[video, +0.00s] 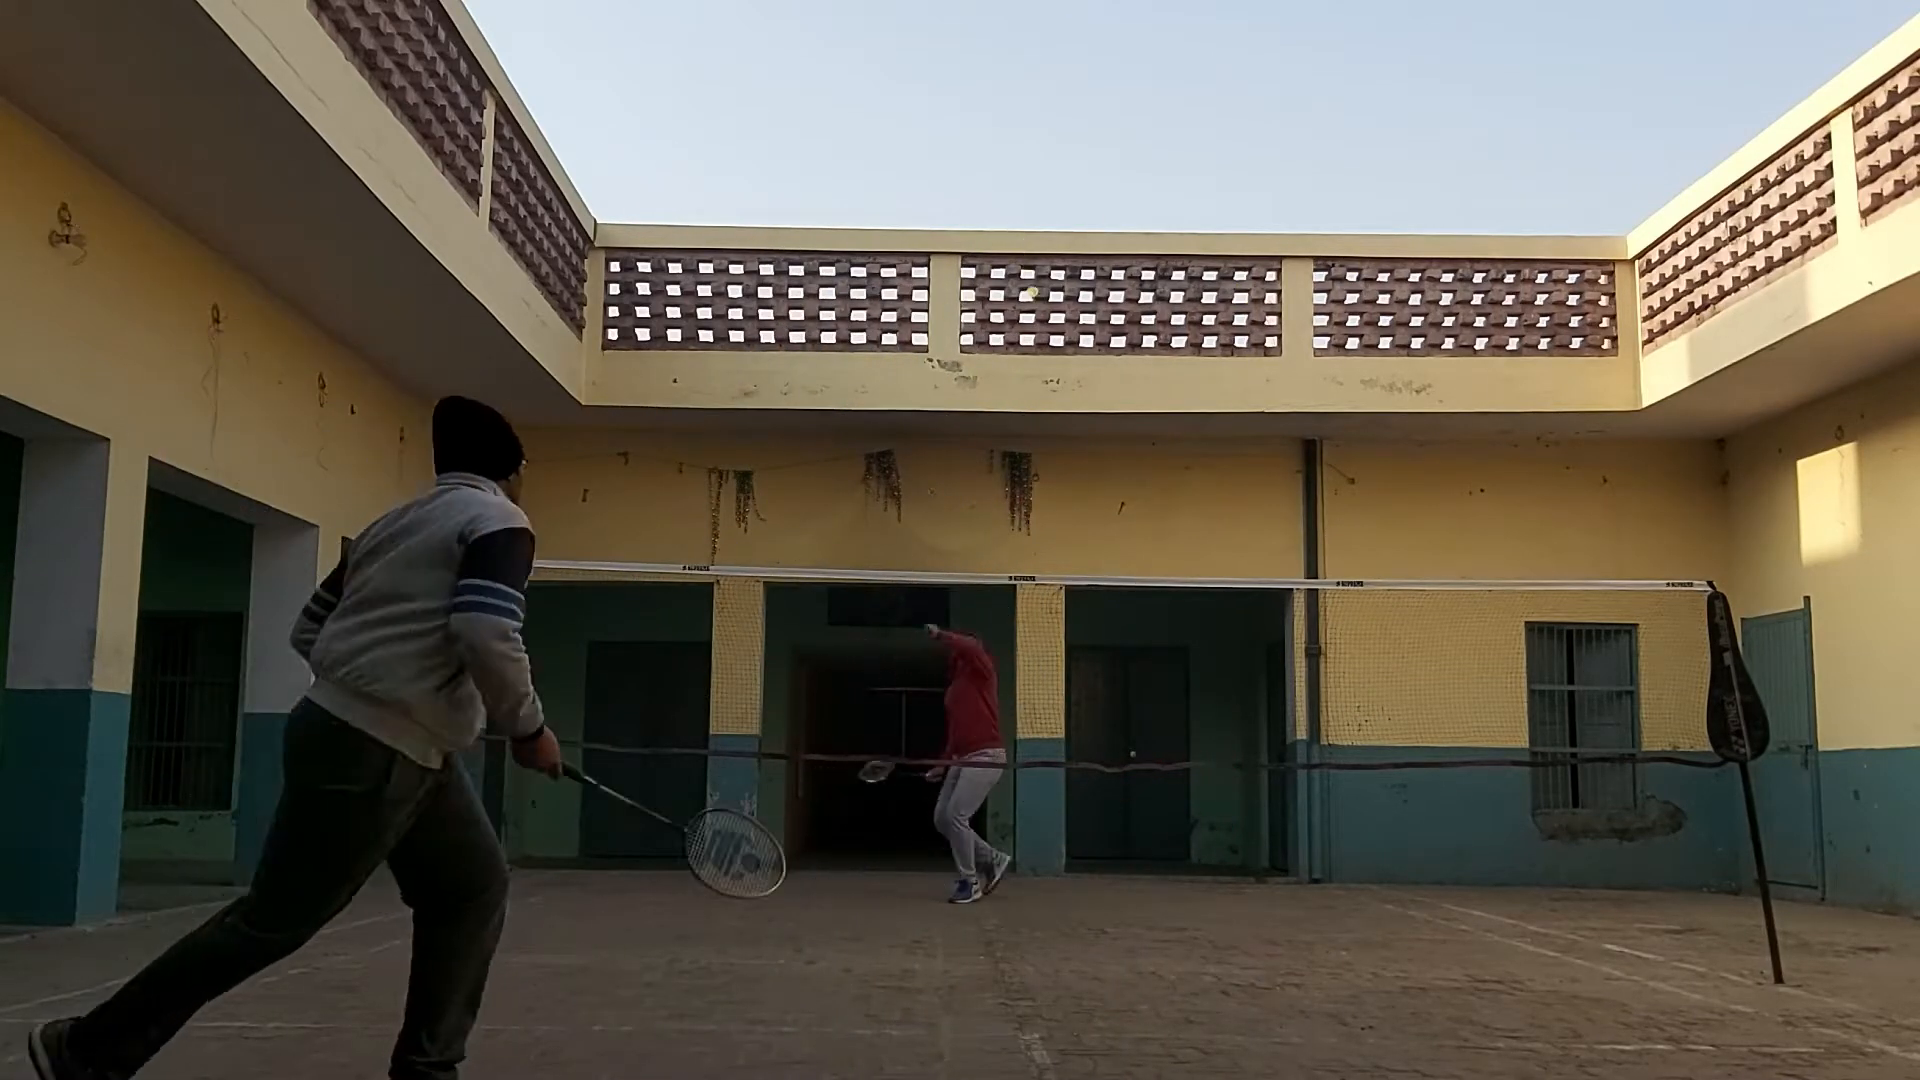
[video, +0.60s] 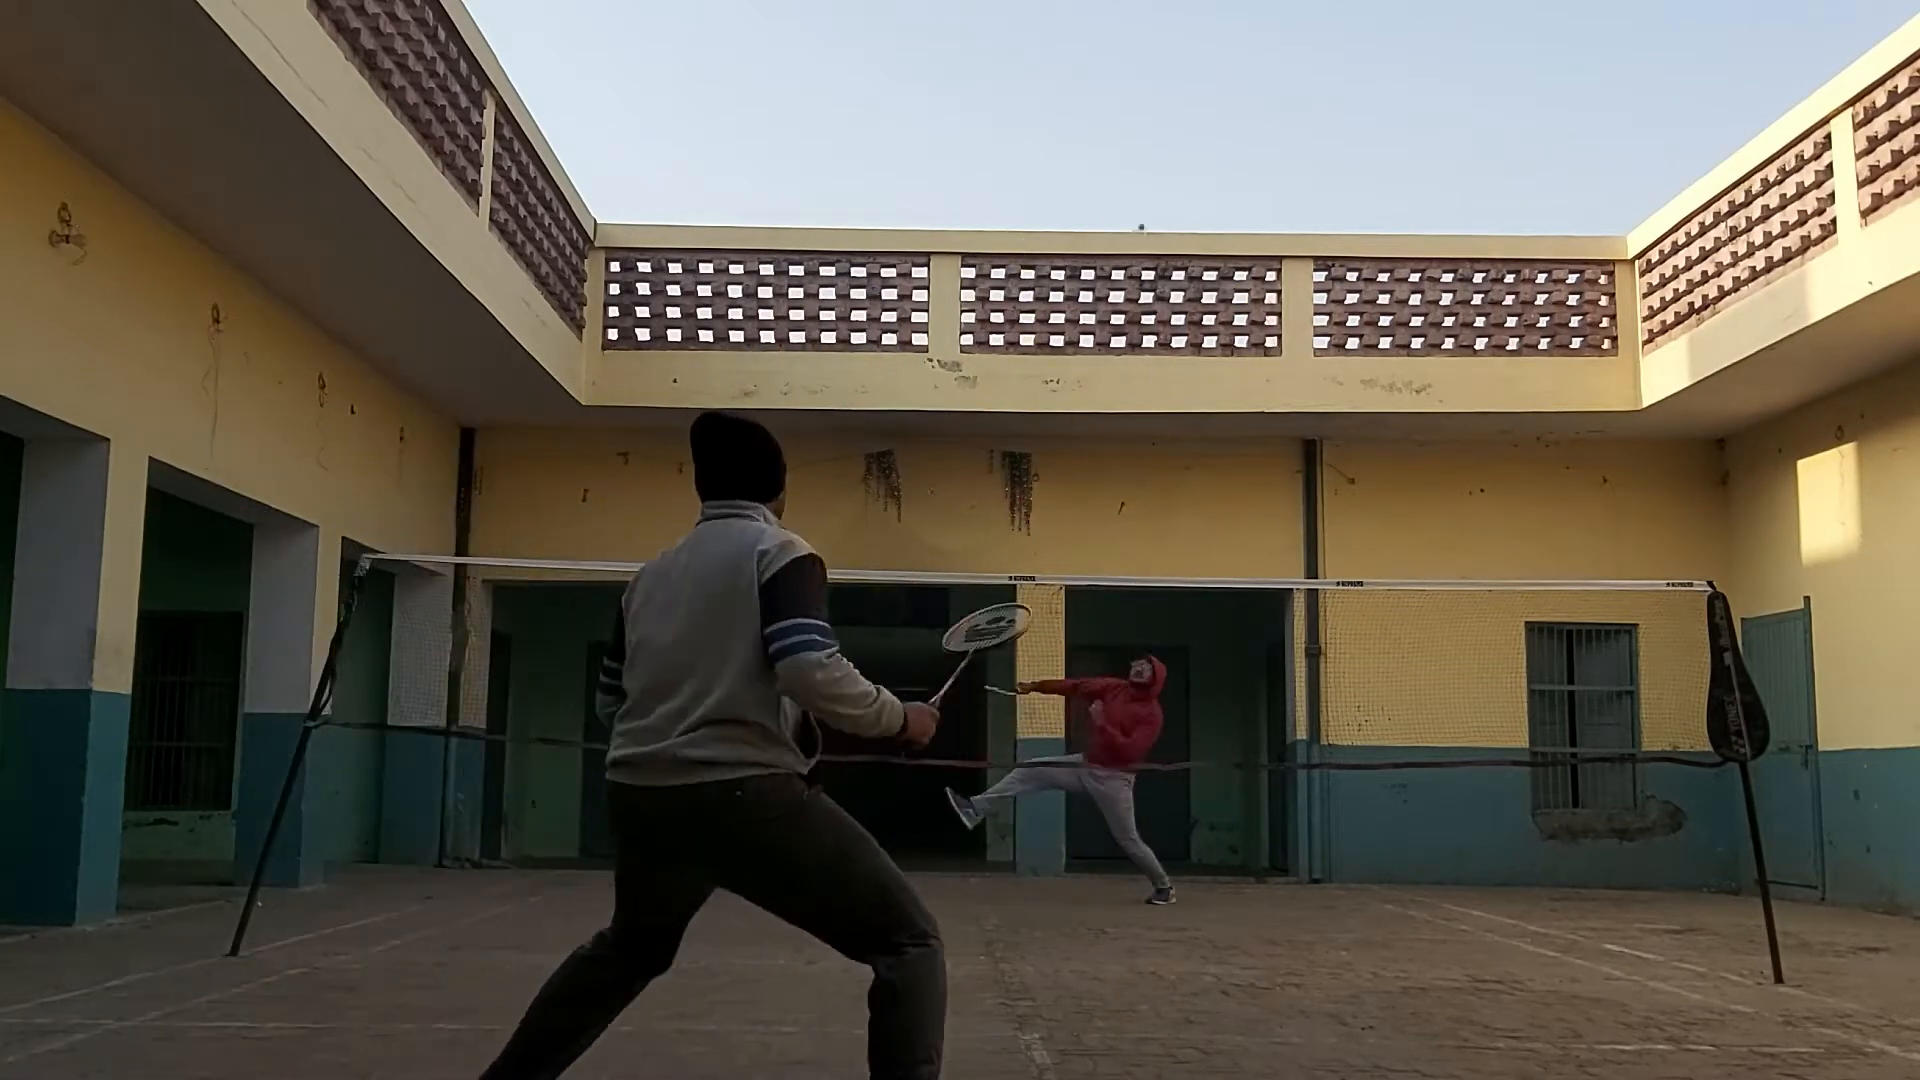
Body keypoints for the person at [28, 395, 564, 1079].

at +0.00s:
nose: (522, 487)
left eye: (518, 473)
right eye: (519, 473)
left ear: (447, 462)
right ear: (507, 468)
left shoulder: (395, 522)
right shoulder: (497, 521)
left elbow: (311, 629)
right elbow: (486, 633)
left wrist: (390, 690)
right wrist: (532, 731)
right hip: (369, 745)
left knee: (471, 890)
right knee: (270, 923)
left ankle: (428, 1063)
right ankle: (87, 1050)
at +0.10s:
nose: (562, 471)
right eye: (556, 458)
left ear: (476, 460)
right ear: (547, 461)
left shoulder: (429, 522)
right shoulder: (552, 515)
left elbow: (353, 630)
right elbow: (563, 622)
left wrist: (437, 670)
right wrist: (624, 702)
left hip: (387, 718)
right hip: (436, 733)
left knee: (495, 893)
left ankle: (433, 1065)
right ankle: (180, 1020)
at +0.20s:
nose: (610, 465)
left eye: (608, 458)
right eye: (608, 457)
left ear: (532, 452)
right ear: (599, 456)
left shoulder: (478, 512)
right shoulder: (598, 510)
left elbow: (422, 618)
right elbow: (608, 617)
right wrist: (675, 695)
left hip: (419, 710)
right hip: (493, 718)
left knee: (483, 900)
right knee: (560, 915)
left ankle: (434, 1065)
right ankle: (361, 1025)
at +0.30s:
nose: (656, 473)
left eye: (650, 465)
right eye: (658, 463)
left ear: (582, 453)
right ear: (652, 459)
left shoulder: (527, 514)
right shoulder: (647, 514)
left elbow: (485, 618)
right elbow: (648, 616)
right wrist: (712, 703)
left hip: (464, 713)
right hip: (558, 712)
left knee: (518, 882)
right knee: (684, 881)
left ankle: (435, 1064)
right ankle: (614, 1062)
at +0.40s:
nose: (714, 478)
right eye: (714, 467)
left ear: (635, 459)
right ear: (709, 465)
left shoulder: (572, 528)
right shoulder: (704, 519)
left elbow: (535, 632)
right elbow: (695, 618)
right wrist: (757, 711)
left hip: (536, 727)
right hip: (637, 723)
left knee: (536, 917)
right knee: (748, 901)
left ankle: (433, 1070)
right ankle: (844, 1067)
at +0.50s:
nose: (758, 485)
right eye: (757, 475)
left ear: (680, 479)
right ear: (754, 478)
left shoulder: (619, 565)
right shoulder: (761, 542)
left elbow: (554, 676)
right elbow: (766, 647)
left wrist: (632, 712)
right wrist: (825, 728)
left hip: (612, 777)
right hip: (718, 770)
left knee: (587, 931)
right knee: (840, 935)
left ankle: (465, 1070)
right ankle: (886, 1071)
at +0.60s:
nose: (784, 497)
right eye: (782, 485)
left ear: (702, 488)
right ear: (777, 488)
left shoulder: (648, 576)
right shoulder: (780, 552)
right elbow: (807, 669)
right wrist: (900, 717)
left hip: (641, 797)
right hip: (744, 794)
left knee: (634, 944)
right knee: (908, 943)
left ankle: (508, 1075)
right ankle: (907, 1075)